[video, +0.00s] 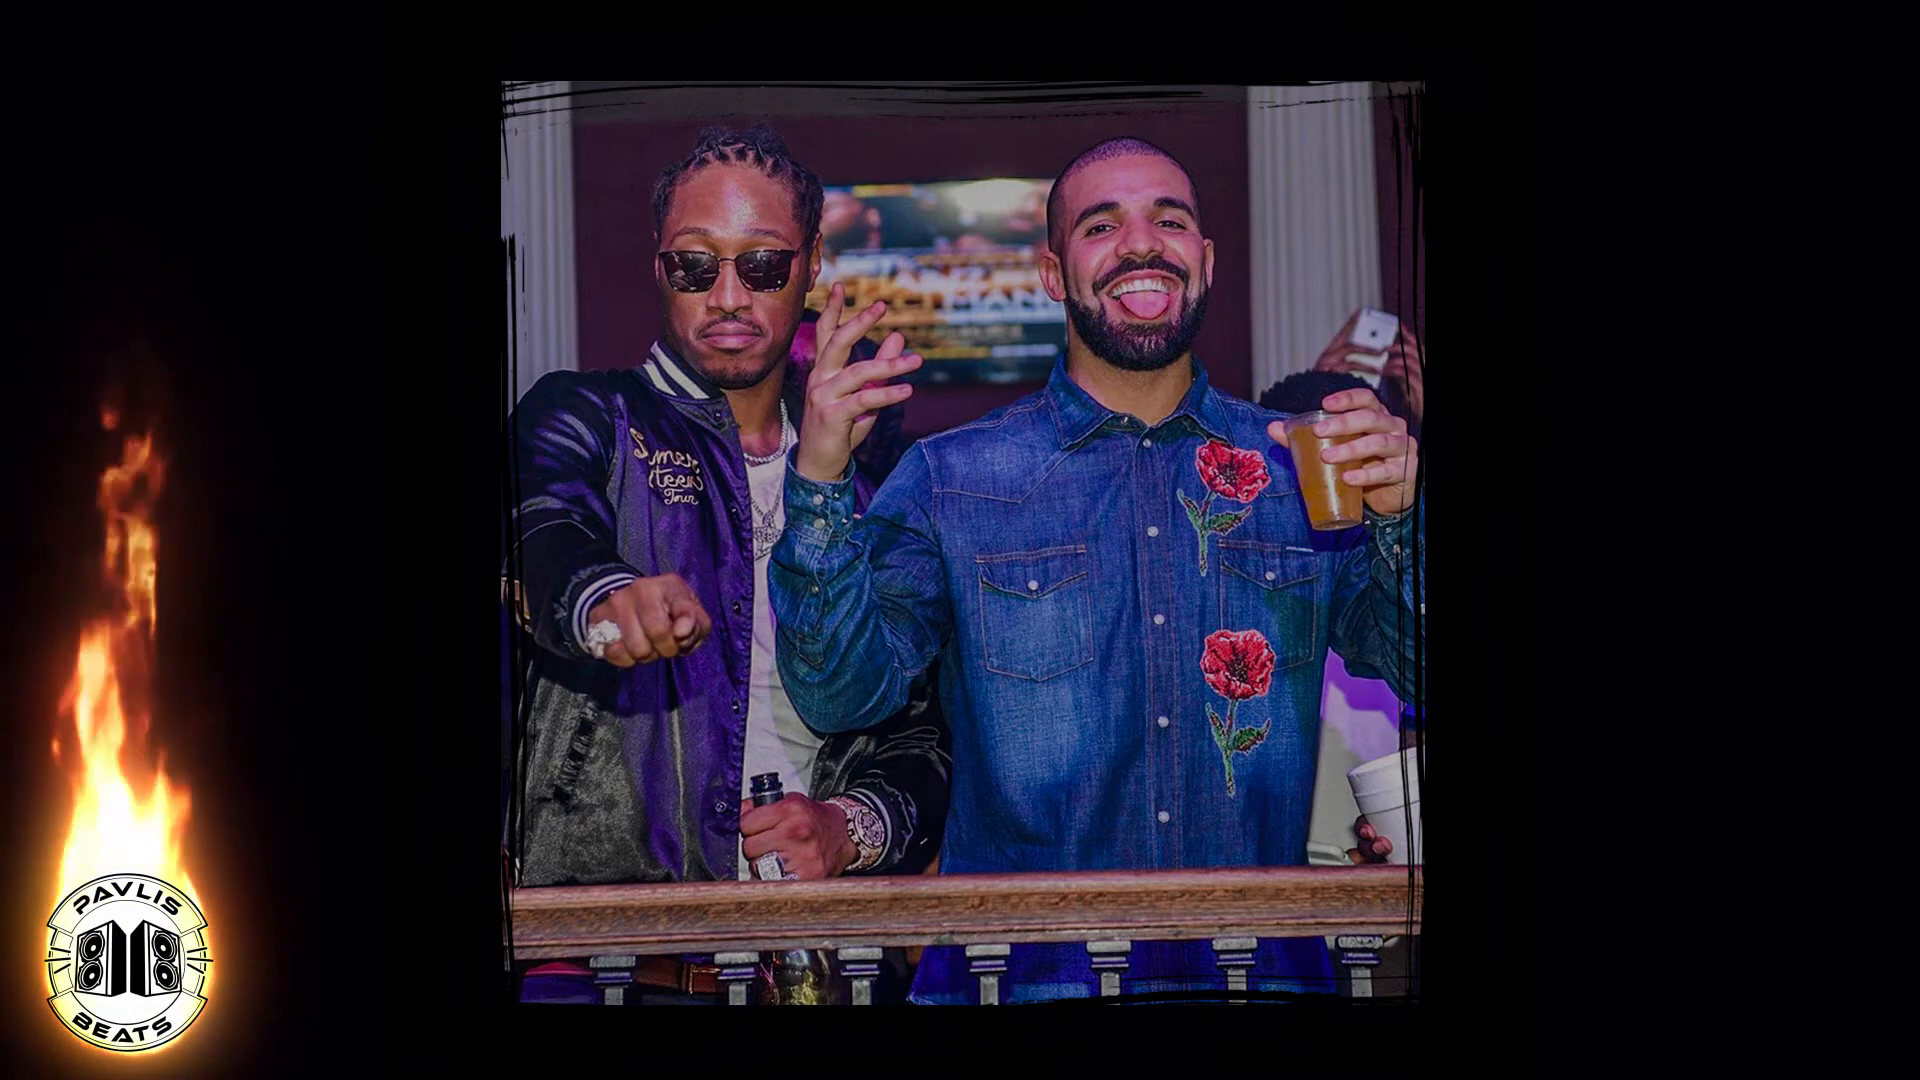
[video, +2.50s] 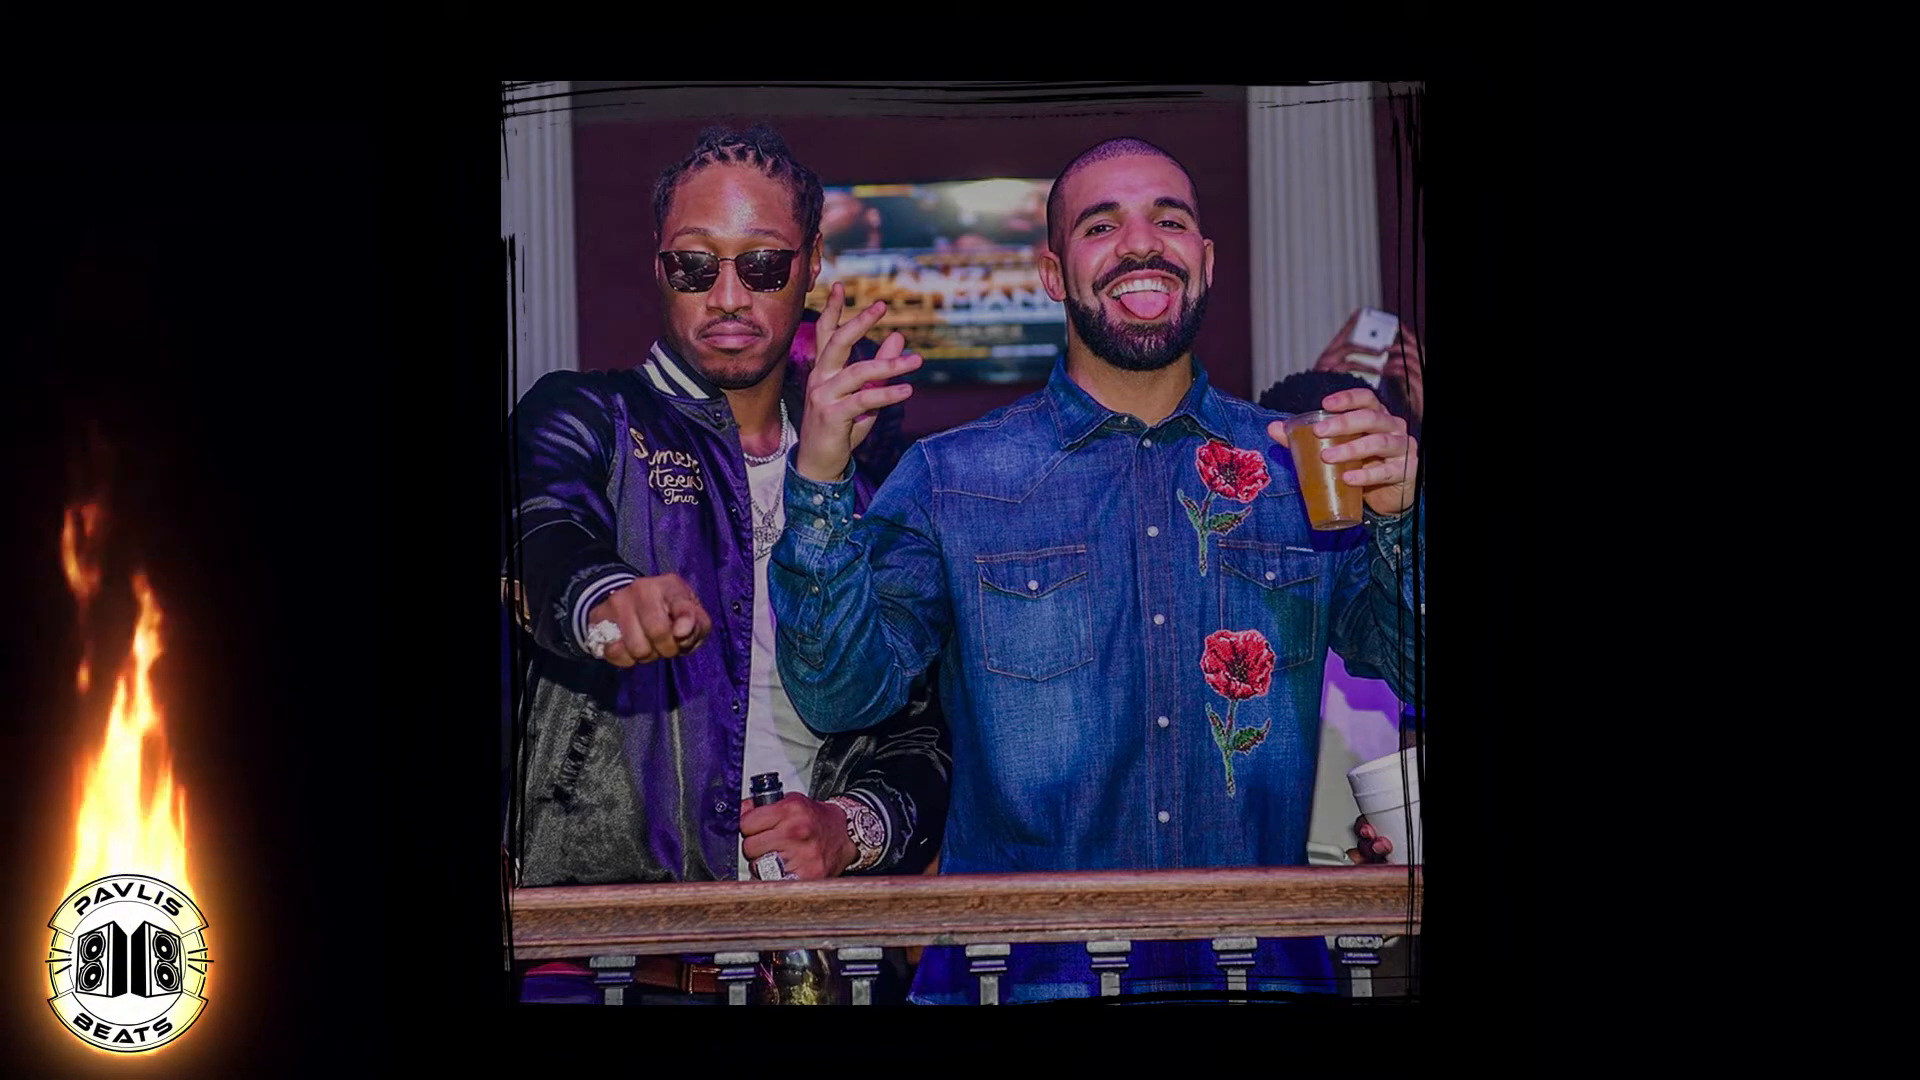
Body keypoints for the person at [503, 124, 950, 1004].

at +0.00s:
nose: (729, 296)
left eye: (763, 266)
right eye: (694, 266)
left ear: (811, 274)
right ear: (658, 274)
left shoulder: (876, 458)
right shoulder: (581, 411)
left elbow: (925, 724)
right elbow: (542, 526)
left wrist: (858, 825)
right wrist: (604, 596)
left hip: (827, 943)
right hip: (606, 943)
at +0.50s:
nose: (729, 295)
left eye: (764, 266)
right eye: (694, 266)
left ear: (811, 274)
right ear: (658, 273)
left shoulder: (878, 459)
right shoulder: (581, 412)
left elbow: (926, 726)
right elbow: (540, 526)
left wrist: (856, 825)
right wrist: (603, 596)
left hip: (827, 942)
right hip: (606, 942)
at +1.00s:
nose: (729, 296)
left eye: (764, 266)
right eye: (694, 266)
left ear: (811, 274)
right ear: (658, 273)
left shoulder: (878, 459)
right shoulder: (581, 411)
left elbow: (926, 724)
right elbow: (540, 526)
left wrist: (857, 825)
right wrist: (603, 595)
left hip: (827, 942)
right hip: (606, 942)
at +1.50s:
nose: (729, 295)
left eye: (764, 266)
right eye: (694, 266)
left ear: (811, 274)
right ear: (658, 273)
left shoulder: (878, 459)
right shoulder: (581, 411)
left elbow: (926, 726)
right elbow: (541, 526)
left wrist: (856, 825)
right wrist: (603, 596)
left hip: (826, 942)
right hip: (606, 942)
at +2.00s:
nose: (729, 296)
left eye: (764, 266)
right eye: (694, 266)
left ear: (811, 274)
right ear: (658, 273)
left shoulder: (879, 459)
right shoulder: (581, 412)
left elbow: (926, 724)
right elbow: (540, 525)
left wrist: (857, 825)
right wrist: (603, 595)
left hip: (827, 942)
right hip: (606, 942)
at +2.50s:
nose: (729, 296)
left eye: (764, 266)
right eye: (694, 266)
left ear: (811, 274)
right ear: (658, 273)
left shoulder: (879, 459)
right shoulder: (581, 412)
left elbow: (926, 724)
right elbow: (540, 525)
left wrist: (858, 825)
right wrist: (603, 595)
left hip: (827, 942)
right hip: (606, 942)